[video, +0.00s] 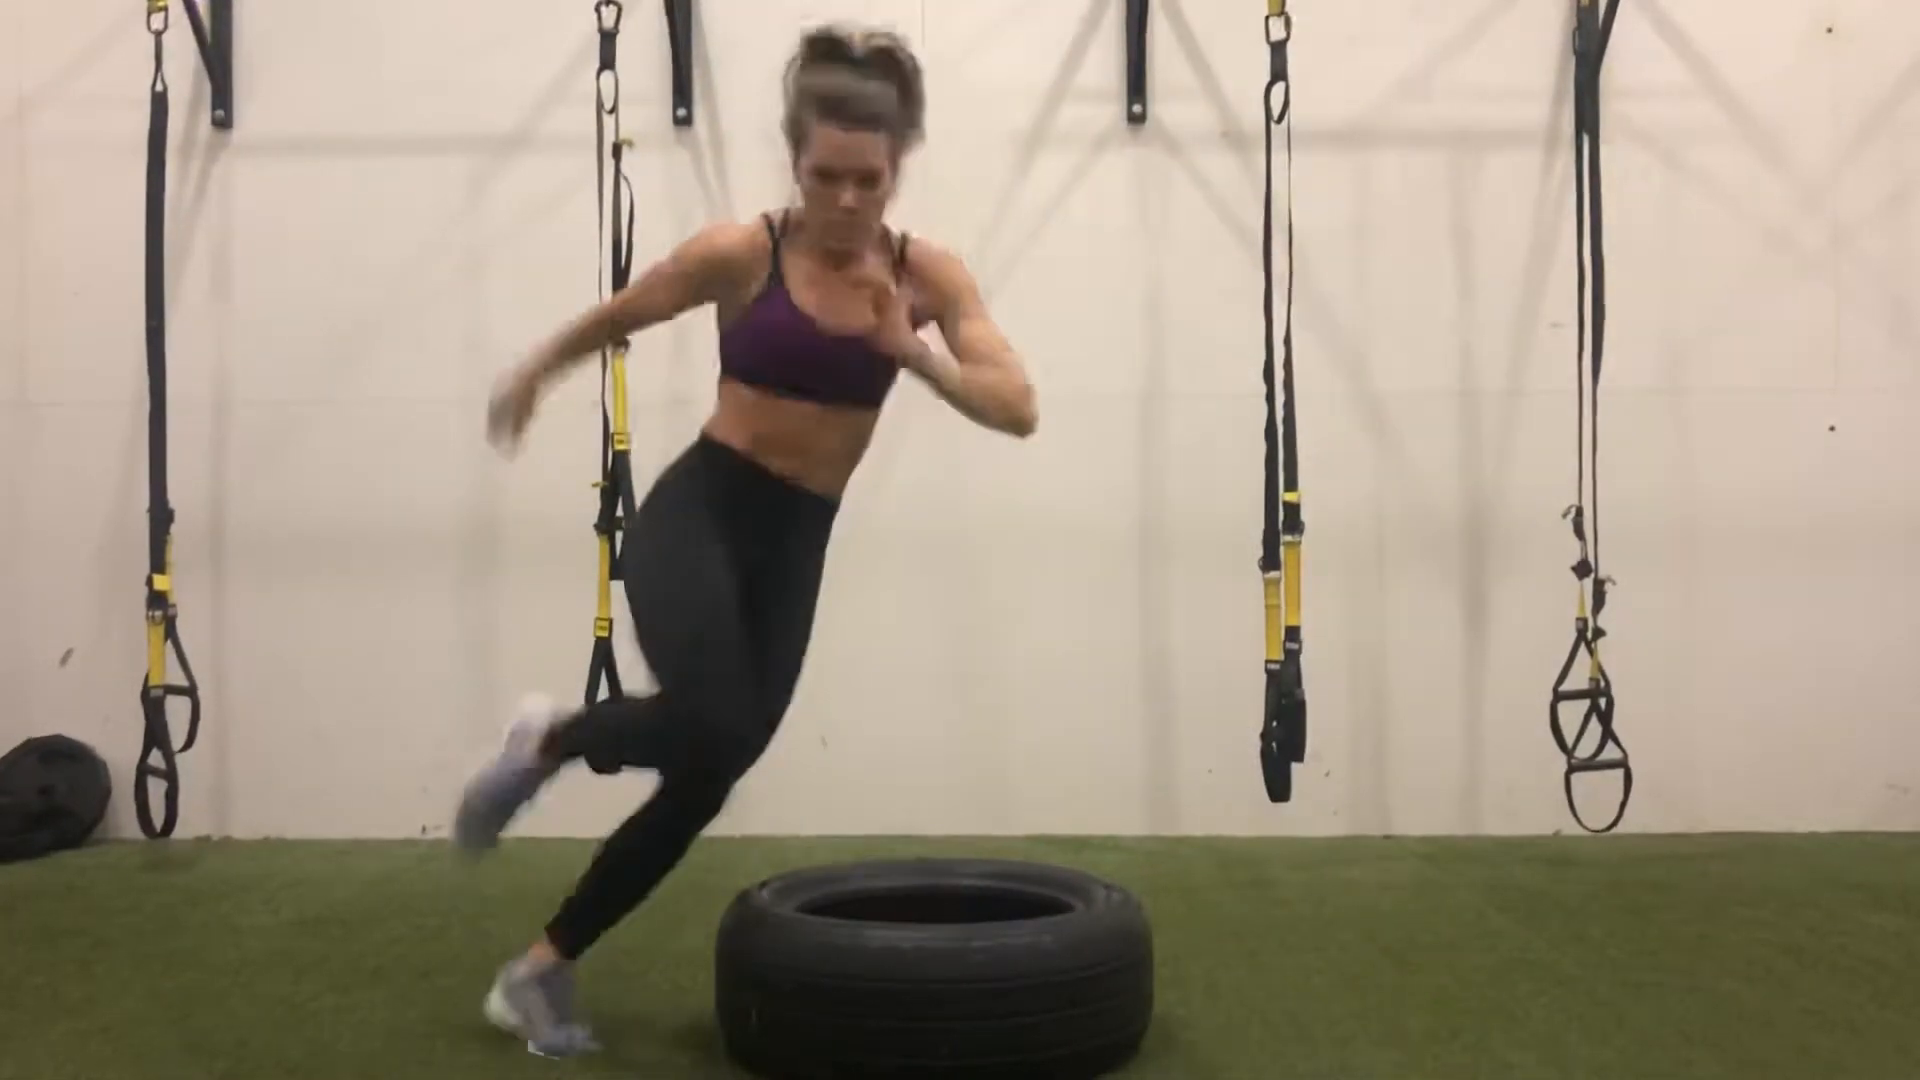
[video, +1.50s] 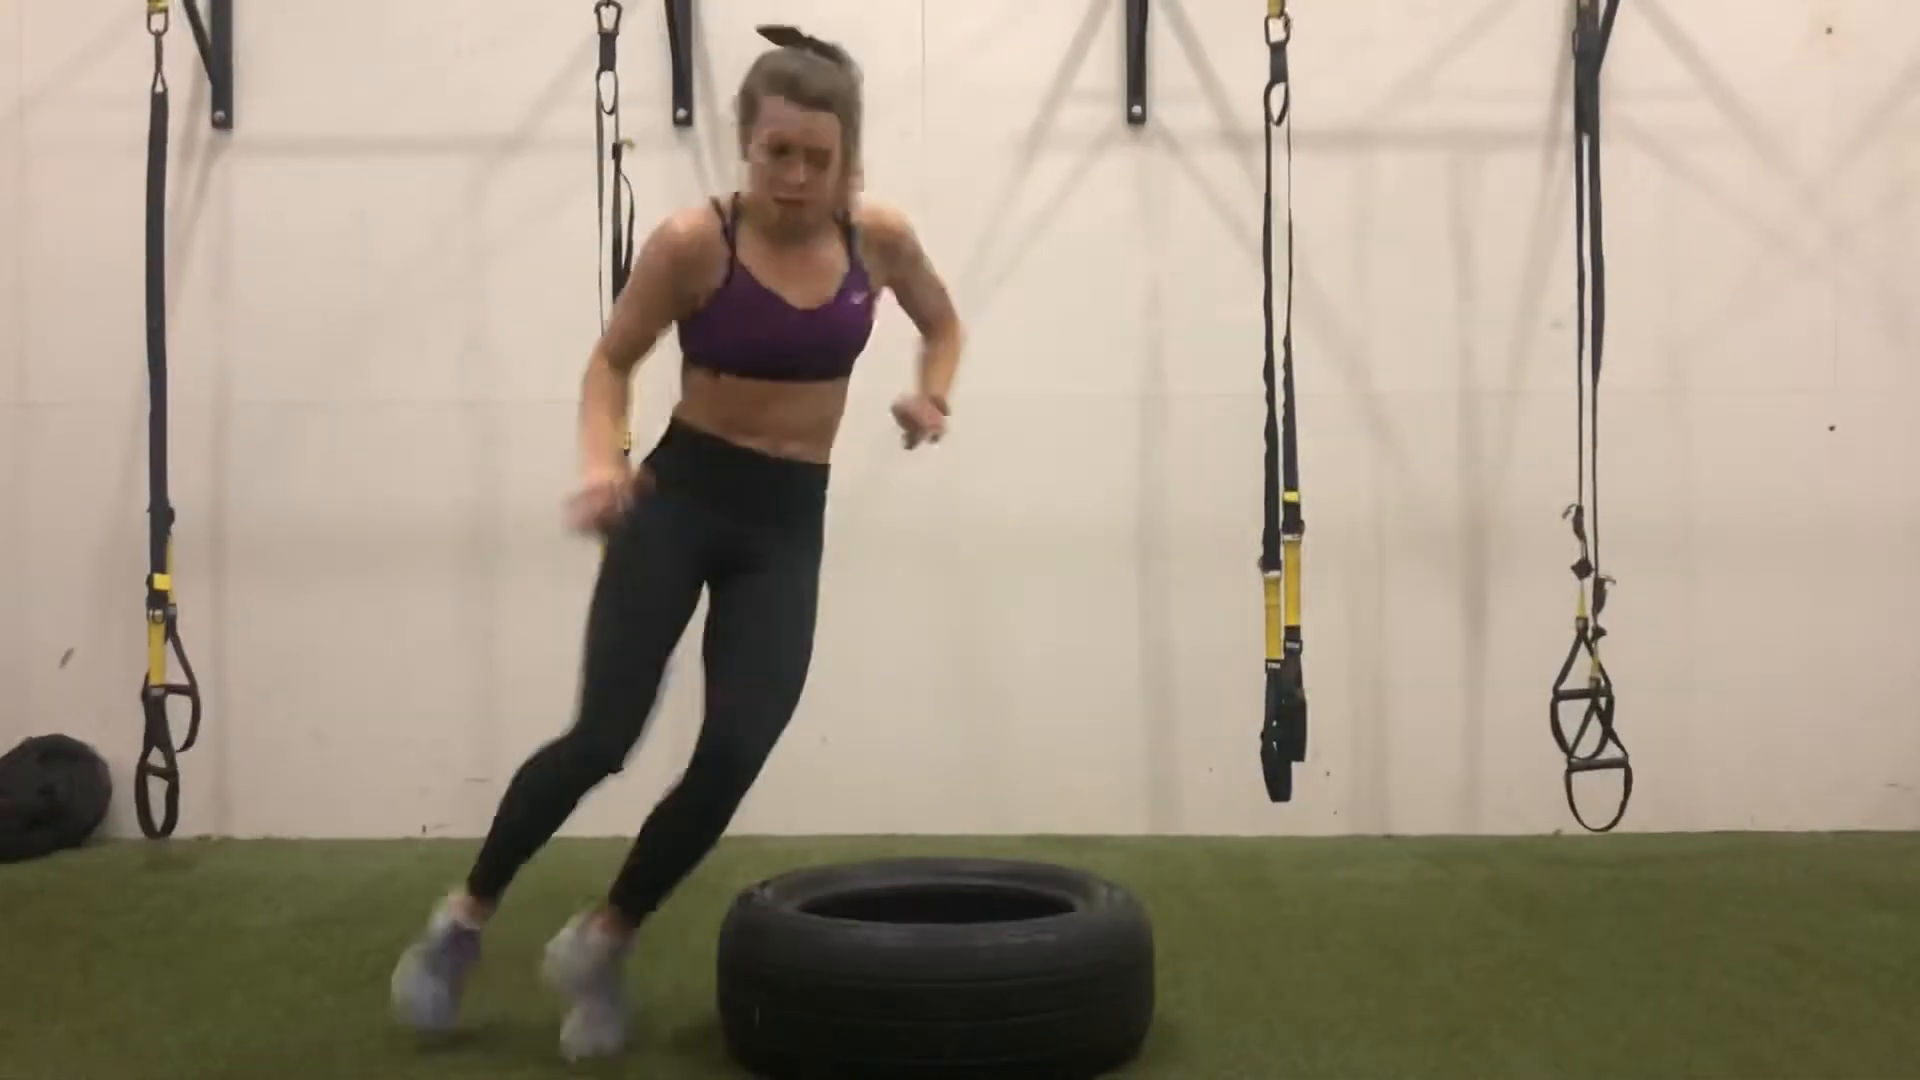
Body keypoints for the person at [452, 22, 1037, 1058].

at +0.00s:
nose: (844, 201)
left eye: (866, 180)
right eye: (826, 177)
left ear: (902, 166)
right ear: (794, 157)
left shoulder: (928, 275)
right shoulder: (738, 255)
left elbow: (1021, 410)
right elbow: (621, 318)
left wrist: (931, 360)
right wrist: (531, 374)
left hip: (793, 550)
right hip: (697, 510)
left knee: (709, 782)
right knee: (709, 724)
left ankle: (538, 969)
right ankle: (546, 743)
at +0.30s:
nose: (981, 133)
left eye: (999, 110)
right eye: (960, 111)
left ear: (1026, 101)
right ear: (924, 104)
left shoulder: (1057, 176)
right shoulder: (882, 203)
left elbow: (1032, 293)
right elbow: (742, 269)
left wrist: (938, 348)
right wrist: (613, 312)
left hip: (983, 497)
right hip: (898, 497)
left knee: (1077, 714)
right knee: (957, 739)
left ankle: (911, 679)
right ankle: (928, 960)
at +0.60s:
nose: (1040, 175)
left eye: (1060, 153)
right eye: (1021, 154)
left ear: (1096, 149)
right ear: (993, 156)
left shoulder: (1168, 230)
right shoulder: (983, 281)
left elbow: (1318, 295)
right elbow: (971, 410)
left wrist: (1417, 394)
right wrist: (982, 426)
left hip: (1204, 514)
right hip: (1097, 535)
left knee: (1297, 762)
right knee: (1086, 687)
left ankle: (1412, 988)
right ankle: (1189, 694)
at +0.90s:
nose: (988, 163)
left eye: (1011, 140)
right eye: (969, 138)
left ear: (1054, 140)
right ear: (948, 136)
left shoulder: (1090, 222)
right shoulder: (928, 212)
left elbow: (1222, 220)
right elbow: (836, 289)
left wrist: (1283, 283)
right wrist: (909, 159)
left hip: (1114, 465)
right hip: (1047, 489)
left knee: (920, 580)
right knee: (1182, 728)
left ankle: (1084, 770)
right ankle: (1344, 920)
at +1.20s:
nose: (851, 155)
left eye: (875, 136)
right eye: (833, 128)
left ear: (903, 139)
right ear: (798, 119)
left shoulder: (924, 247)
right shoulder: (729, 221)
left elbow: (994, 380)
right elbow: (696, 332)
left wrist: (951, 457)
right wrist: (692, 429)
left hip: (907, 480)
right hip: (810, 484)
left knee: (872, 723)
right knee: (682, 695)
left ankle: (981, 925)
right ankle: (639, 885)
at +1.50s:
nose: (795, 175)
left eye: (817, 156)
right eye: (777, 152)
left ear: (849, 152)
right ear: (745, 142)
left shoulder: (878, 238)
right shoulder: (691, 242)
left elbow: (941, 324)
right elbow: (613, 361)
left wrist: (932, 390)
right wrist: (603, 465)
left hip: (786, 518)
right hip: (676, 498)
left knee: (732, 761)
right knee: (602, 740)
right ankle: (463, 918)